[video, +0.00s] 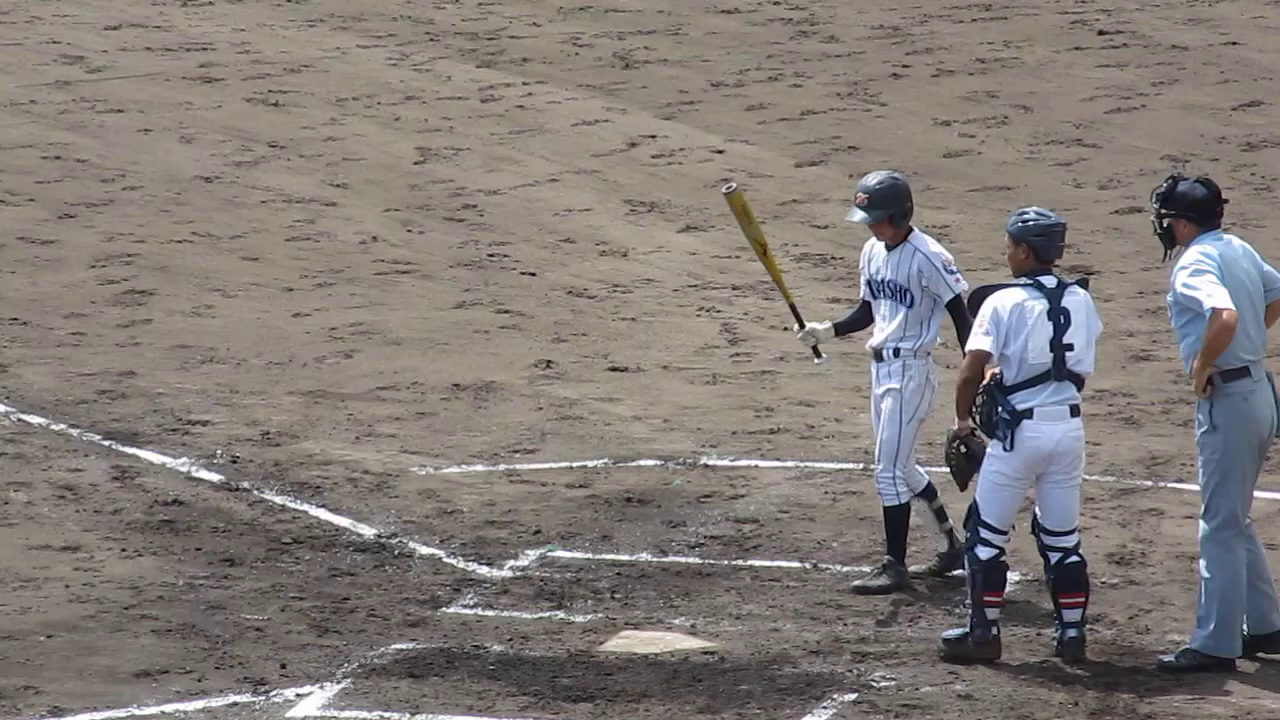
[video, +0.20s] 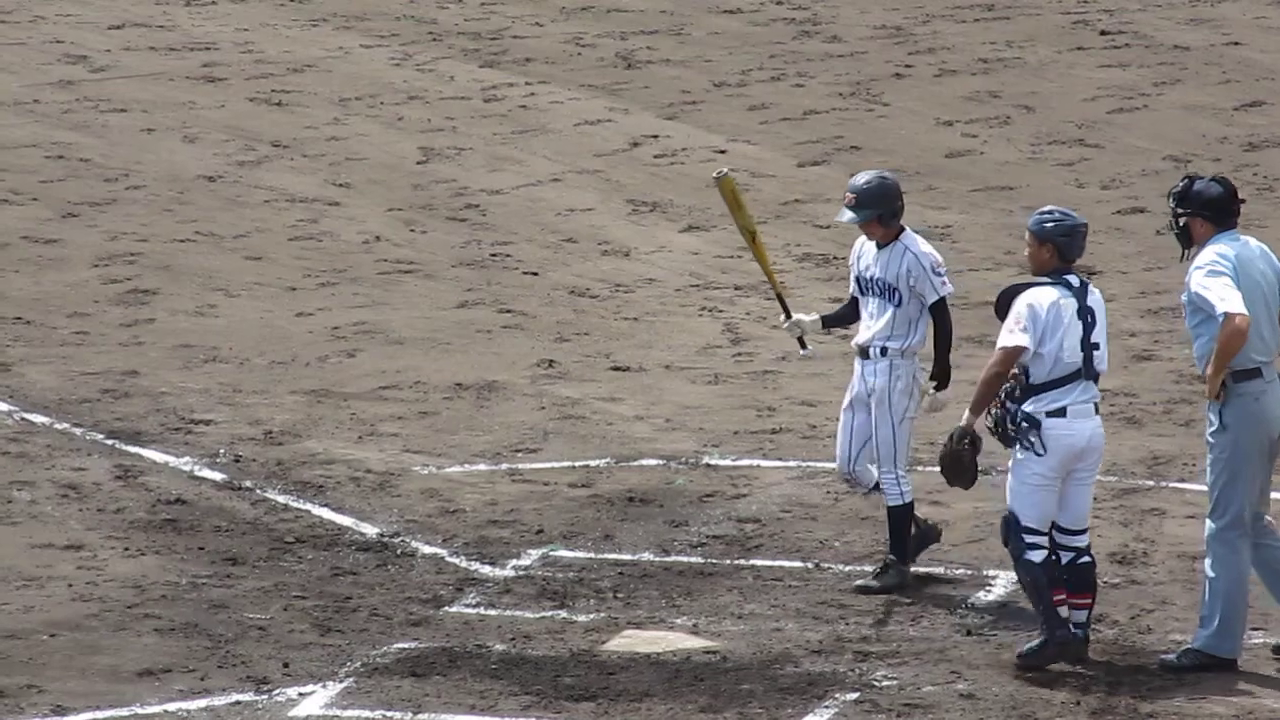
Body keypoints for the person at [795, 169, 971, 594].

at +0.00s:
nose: (869, 226)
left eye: (874, 219)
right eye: (867, 219)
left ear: (895, 217)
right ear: (877, 217)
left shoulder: (930, 257)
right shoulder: (873, 250)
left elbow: (962, 315)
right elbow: (868, 310)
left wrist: (974, 370)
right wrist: (829, 329)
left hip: (909, 372)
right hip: (882, 370)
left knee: (889, 470)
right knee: (900, 466)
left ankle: (894, 566)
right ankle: (953, 544)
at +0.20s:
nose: (860, 227)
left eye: (865, 220)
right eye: (858, 220)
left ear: (887, 217)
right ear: (866, 217)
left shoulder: (920, 257)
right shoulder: (863, 248)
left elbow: (941, 316)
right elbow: (857, 309)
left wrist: (941, 369)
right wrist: (813, 322)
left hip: (895, 370)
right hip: (863, 367)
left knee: (892, 467)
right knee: (852, 466)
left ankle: (897, 563)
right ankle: (916, 529)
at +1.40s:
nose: (722, 302)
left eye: (727, 295)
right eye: (722, 294)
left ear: (746, 298)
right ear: (757, 299)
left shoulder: (769, 347)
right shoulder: (753, 335)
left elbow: (778, 412)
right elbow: (733, 384)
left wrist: (760, 467)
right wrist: (684, 374)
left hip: (721, 455)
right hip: (719, 451)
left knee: (654, 535)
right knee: (695, 543)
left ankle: (630, 630)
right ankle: (725, 631)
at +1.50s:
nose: (719, 302)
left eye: (724, 296)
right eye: (720, 294)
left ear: (742, 299)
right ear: (755, 297)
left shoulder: (770, 345)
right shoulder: (749, 334)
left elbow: (781, 412)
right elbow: (728, 387)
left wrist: (753, 462)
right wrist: (681, 375)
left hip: (726, 456)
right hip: (721, 451)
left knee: (665, 541)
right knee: (701, 546)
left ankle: (656, 641)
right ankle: (728, 636)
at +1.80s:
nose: (727, 323)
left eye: (730, 316)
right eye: (724, 317)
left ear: (749, 309)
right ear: (735, 311)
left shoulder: (784, 338)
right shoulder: (738, 336)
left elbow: (807, 402)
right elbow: (716, 385)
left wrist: (789, 458)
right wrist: (670, 369)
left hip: (755, 456)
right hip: (725, 450)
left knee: (726, 550)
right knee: (712, 549)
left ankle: (760, 648)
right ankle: (731, 639)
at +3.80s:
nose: (684, 383)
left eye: (690, 376)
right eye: (681, 375)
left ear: (714, 365)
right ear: (682, 364)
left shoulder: (764, 364)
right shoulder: (692, 374)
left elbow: (806, 408)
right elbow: (654, 407)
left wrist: (803, 467)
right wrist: (605, 416)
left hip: (783, 471)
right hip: (739, 472)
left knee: (784, 570)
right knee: (715, 567)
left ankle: (810, 663)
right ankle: (714, 664)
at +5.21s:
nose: (705, 370)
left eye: (708, 363)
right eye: (702, 364)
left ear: (728, 352)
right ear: (707, 354)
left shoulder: (780, 374)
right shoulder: (704, 376)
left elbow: (802, 434)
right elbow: (678, 431)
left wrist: (791, 488)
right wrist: (640, 464)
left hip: (776, 478)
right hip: (730, 476)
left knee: (782, 574)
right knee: (699, 564)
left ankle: (811, 664)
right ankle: (701, 657)